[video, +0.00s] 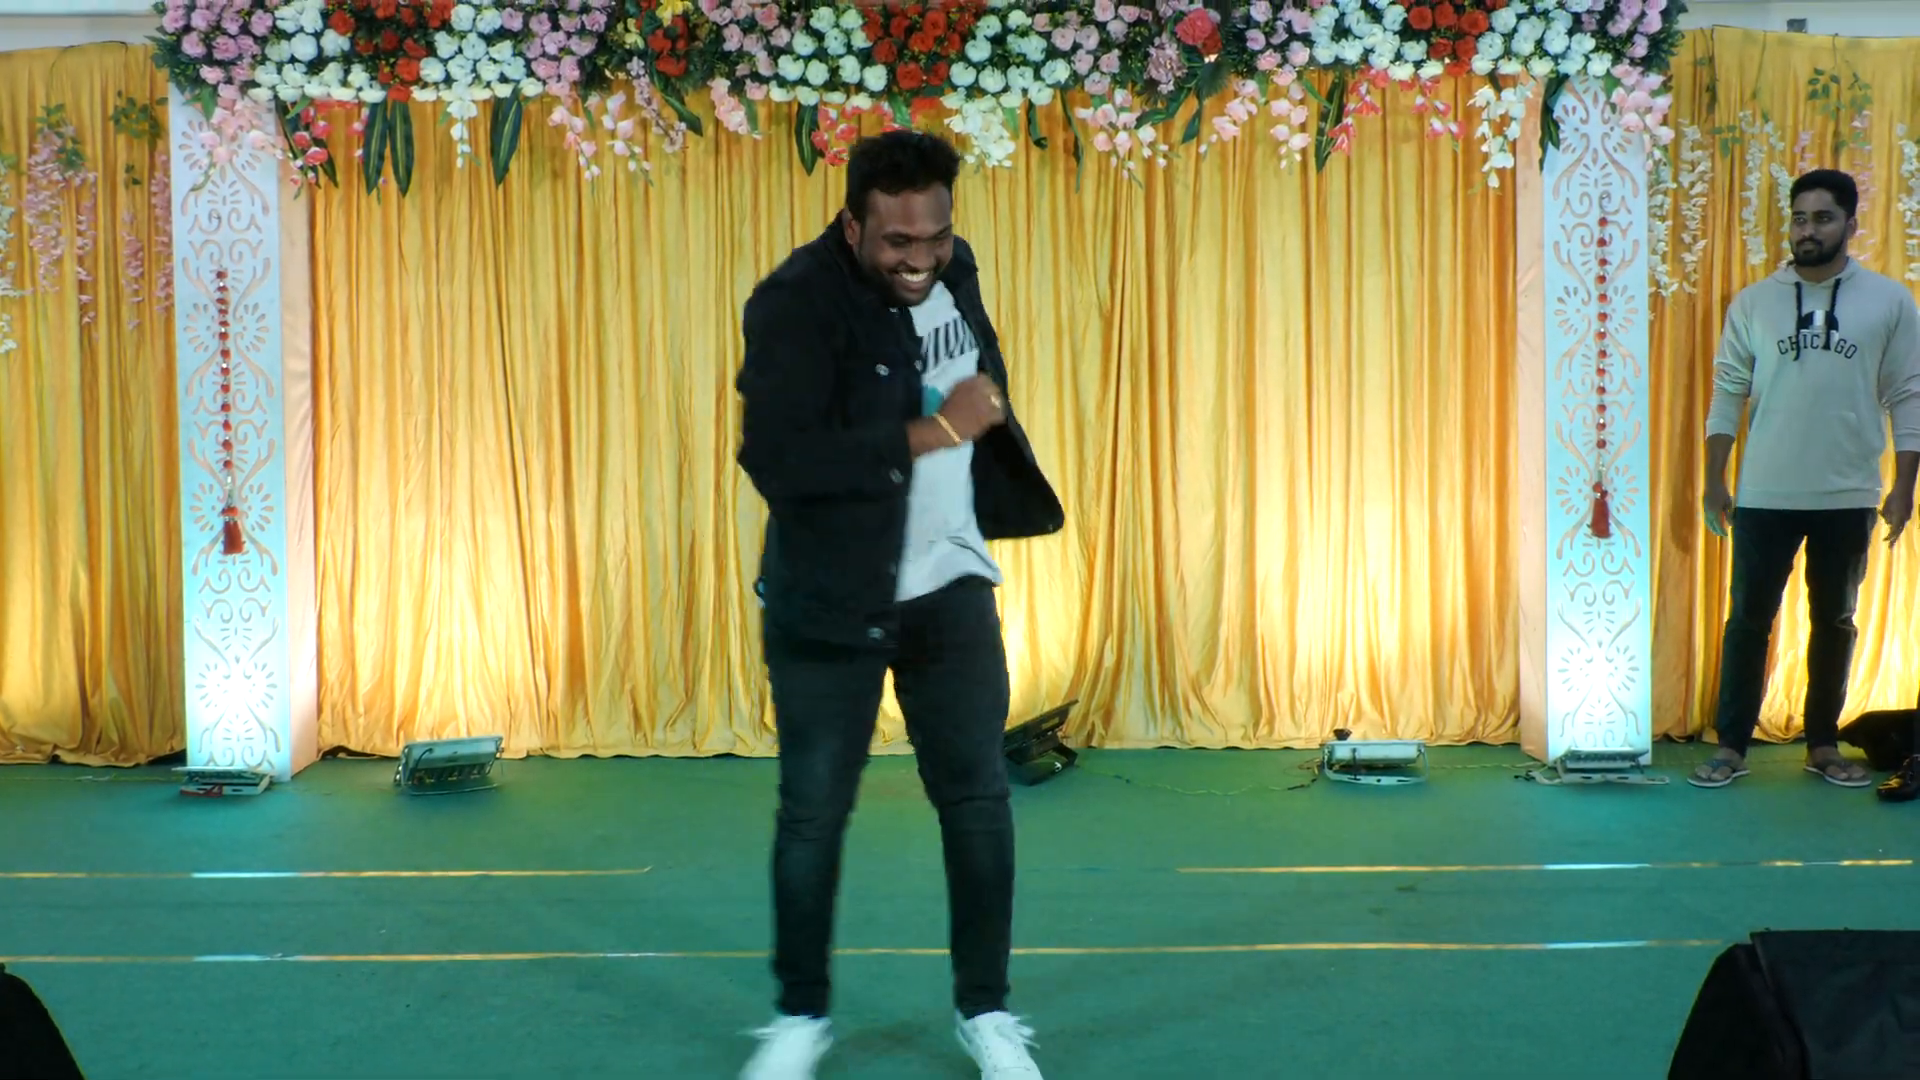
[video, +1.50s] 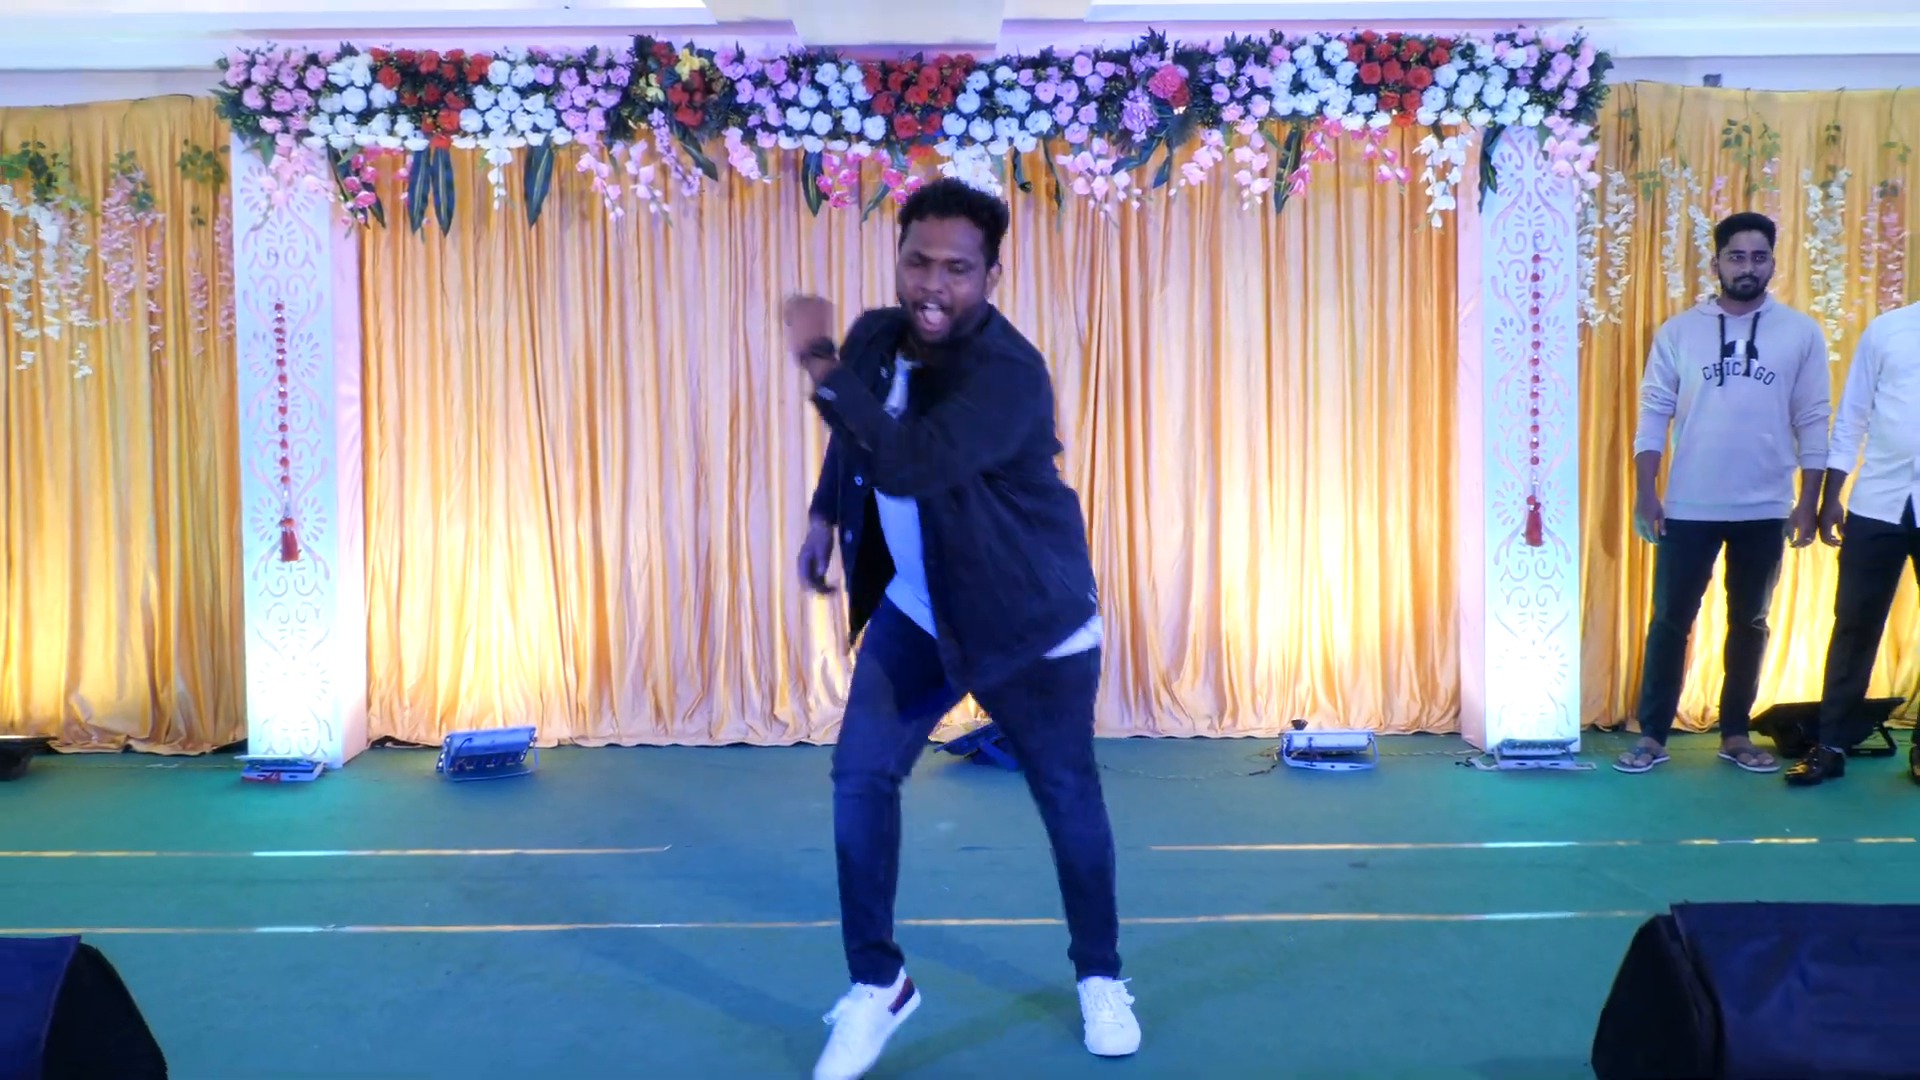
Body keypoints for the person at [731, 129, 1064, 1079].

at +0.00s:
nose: (916, 260)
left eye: (933, 239)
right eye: (895, 241)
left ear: (953, 221)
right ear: (852, 221)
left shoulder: (955, 274)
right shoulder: (793, 302)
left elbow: (964, 400)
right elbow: (776, 460)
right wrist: (933, 433)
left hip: (949, 587)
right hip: (829, 603)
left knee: (979, 796)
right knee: (812, 810)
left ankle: (985, 1008)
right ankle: (800, 1014)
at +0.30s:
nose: (1006, 294)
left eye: (1016, 272)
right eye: (986, 275)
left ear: (1025, 261)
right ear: (926, 262)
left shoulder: (1014, 323)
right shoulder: (862, 374)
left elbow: (1002, 462)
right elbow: (870, 549)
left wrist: (1004, 589)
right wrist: (994, 465)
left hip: (1002, 616)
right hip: (891, 644)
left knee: (1095, 774)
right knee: (891, 843)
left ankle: (1049, 971)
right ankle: (880, 1027)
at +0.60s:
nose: (1111, 284)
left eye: (1118, 264)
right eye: (1090, 267)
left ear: (1125, 248)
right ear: (1031, 254)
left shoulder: (1085, 300)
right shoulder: (997, 331)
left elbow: (1127, 289)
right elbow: (1040, 509)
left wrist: (1212, 319)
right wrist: (1174, 607)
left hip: (1096, 634)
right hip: (980, 637)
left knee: (1127, 837)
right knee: (920, 821)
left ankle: (1104, 1037)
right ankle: (839, 916)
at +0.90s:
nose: (1082, 306)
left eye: (1098, 283)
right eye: (1059, 286)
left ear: (1119, 282)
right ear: (1020, 287)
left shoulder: (1166, 380)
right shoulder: (957, 390)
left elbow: (1234, 522)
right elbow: (879, 524)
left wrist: (1162, 501)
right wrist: (867, 683)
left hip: (1114, 659)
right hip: (984, 655)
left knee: (1131, 856)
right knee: (955, 836)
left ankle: (1103, 1035)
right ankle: (1002, 750)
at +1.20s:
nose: (1006, 271)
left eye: (1024, 249)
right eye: (985, 251)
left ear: (1049, 246)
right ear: (950, 246)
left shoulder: (1082, 347)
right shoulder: (892, 316)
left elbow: (1056, 482)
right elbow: (832, 419)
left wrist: (931, 396)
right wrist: (783, 524)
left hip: (1065, 624)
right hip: (942, 618)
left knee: (1086, 817)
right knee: (903, 812)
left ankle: (1106, 995)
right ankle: (892, 1025)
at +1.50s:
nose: (934, 285)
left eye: (958, 269)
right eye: (919, 261)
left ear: (991, 277)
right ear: (896, 263)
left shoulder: (1010, 376)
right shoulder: (872, 339)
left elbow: (914, 461)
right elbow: (852, 446)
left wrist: (825, 375)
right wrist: (825, 516)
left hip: (1031, 626)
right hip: (917, 615)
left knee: (1067, 793)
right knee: (862, 776)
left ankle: (1100, 975)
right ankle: (877, 982)